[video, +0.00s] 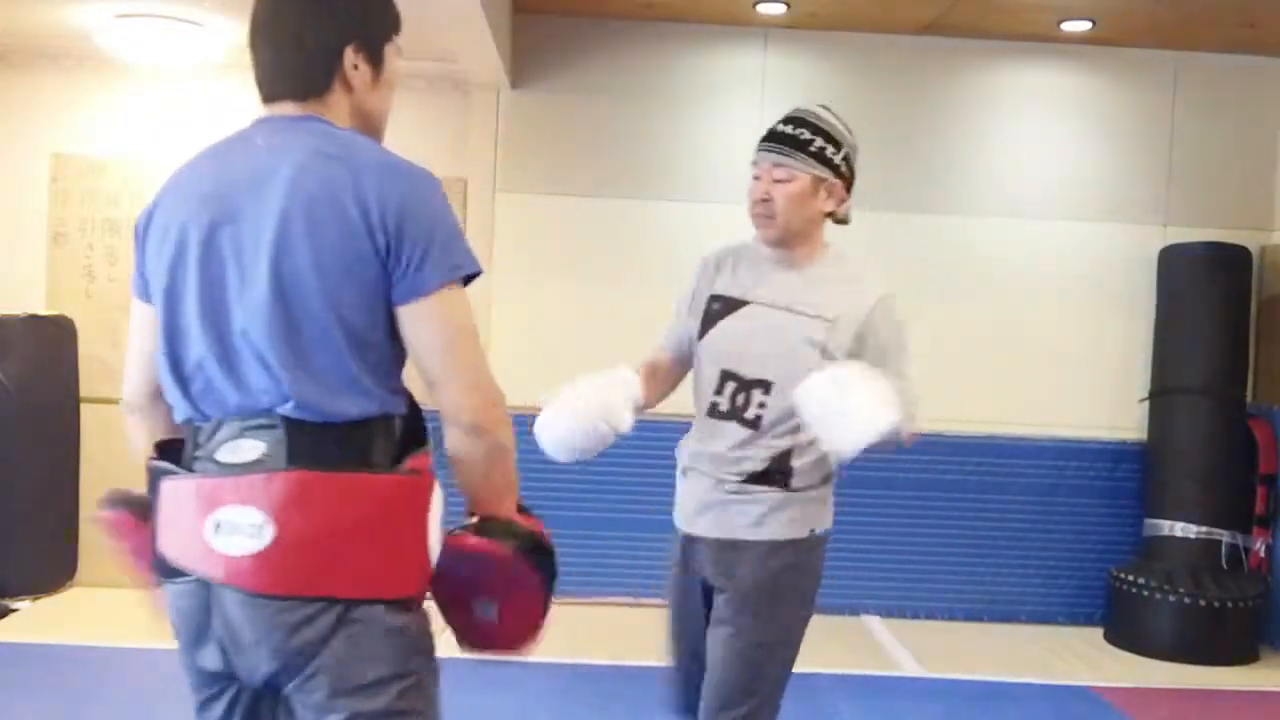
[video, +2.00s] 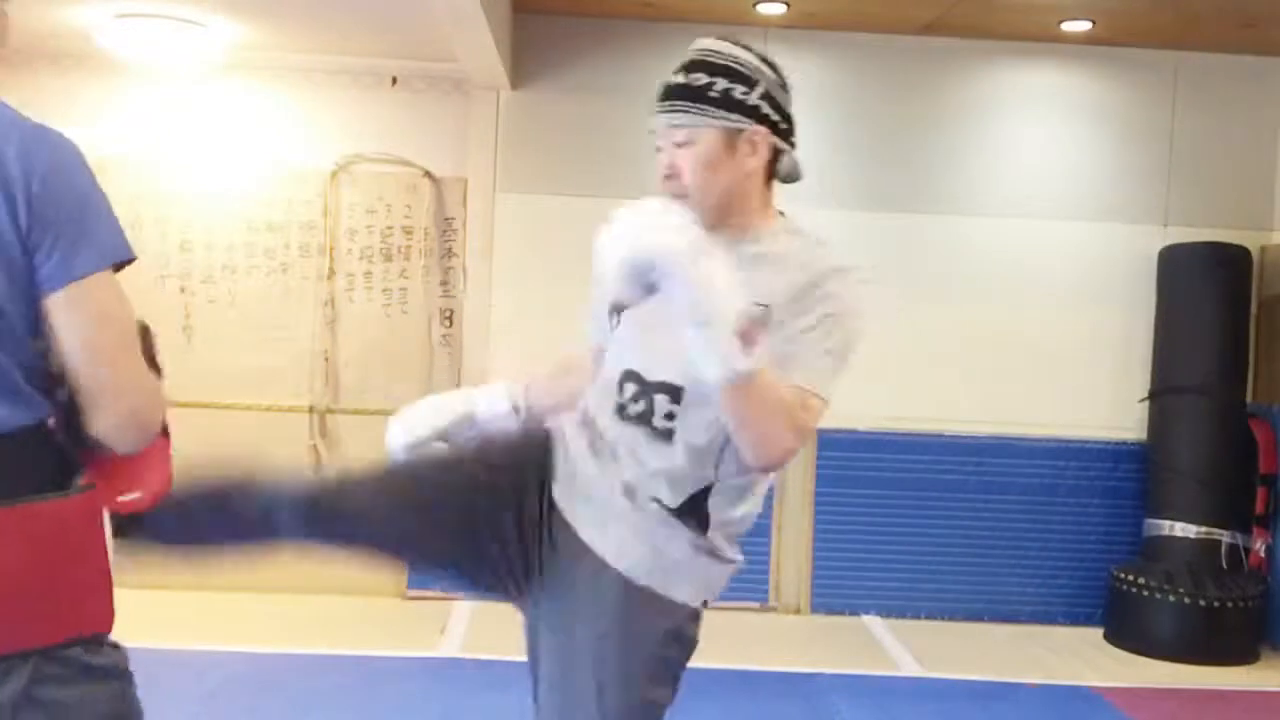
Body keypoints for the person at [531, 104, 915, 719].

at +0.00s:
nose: (762, 190)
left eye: (783, 177)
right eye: (757, 175)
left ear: (833, 195)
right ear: (747, 183)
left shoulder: (861, 299)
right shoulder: (719, 271)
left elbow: (904, 423)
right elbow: (664, 365)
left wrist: (870, 411)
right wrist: (609, 401)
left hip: (777, 542)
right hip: (696, 530)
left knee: (731, 709)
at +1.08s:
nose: (746, 215)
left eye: (770, 200)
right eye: (737, 199)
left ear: (812, 223)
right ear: (724, 211)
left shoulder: (840, 327)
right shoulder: (688, 302)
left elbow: (855, 465)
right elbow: (583, 377)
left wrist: (810, 363)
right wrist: (564, 320)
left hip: (799, 575)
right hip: (707, 574)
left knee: (766, 711)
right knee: (738, 709)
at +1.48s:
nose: (661, 229)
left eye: (682, 210)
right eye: (654, 209)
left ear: (734, 218)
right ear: (645, 214)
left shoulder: (777, 321)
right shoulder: (646, 310)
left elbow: (844, 465)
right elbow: (567, 431)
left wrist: (770, 407)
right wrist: (573, 357)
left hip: (762, 588)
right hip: (678, 584)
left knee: (694, 710)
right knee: (691, 708)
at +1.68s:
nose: (702, 187)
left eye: (728, 169)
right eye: (695, 168)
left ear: (784, 187)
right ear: (683, 176)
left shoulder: (814, 327)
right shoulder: (650, 262)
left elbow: (892, 454)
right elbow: (535, 344)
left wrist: (972, 472)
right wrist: (470, 325)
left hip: (680, 593)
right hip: (583, 565)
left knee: (618, 709)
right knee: (567, 707)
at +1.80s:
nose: (755, 169)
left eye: (779, 149)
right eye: (740, 151)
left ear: (833, 164)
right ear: (726, 160)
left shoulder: (842, 284)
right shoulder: (673, 241)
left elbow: (891, 413)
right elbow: (540, 347)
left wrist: (833, 297)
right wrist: (416, 390)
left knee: (628, 708)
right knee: (346, 532)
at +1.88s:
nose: (804, 181)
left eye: (806, 163)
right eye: (791, 159)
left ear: (811, 175)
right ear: (727, 156)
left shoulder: (831, 294)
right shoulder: (663, 251)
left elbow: (829, 406)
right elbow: (543, 367)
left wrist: (764, 261)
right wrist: (411, 415)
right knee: (345, 442)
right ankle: (84, 453)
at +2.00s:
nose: (664, 163)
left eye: (686, 142)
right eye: (663, 142)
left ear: (759, 149)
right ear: (678, 147)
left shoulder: (816, 285)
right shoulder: (654, 231)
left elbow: (774, 443)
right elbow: (604, 372)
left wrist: (713, 315)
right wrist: (492, 402)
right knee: (323, 500)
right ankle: (107, 513)